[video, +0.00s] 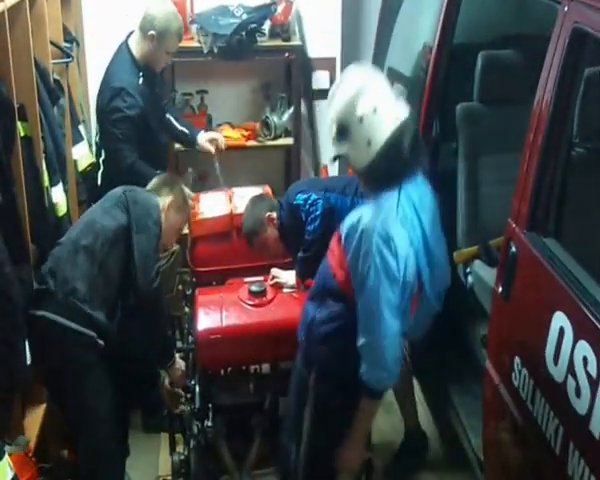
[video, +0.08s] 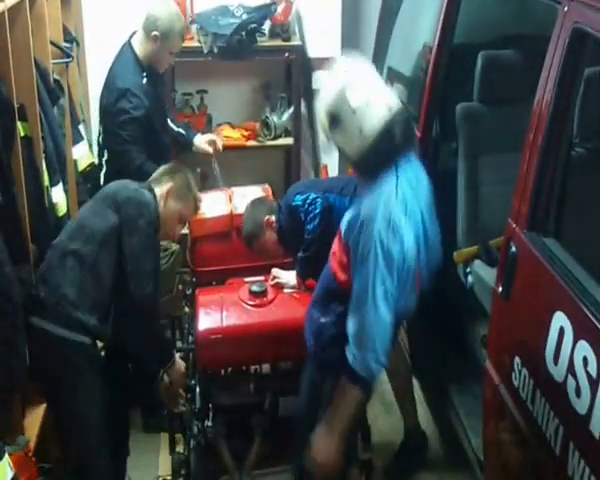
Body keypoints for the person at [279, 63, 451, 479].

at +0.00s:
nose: (339, 153)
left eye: (342, 139)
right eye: (338, 140)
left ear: (361, 139)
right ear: (393, 126)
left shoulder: (376, 229)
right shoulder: (415, 186)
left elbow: (383, 355)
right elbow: (438, 281)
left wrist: (358, 441)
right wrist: (402, 335)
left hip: (337, 362)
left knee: (318, 461)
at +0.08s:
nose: (337, 146)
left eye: (338, 135)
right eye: (336, 135)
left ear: (350, 139)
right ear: (390, 116)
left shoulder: (381, 216)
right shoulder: (407, 169)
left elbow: (370, 343)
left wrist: (334, 428)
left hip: (339, 354)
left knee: (317, 454)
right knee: (337, 441)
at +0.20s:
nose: (319, 113)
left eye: (320, 100)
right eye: (316, 101)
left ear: (337, 102)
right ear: (369, 82)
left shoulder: (382, 188)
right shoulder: (387, 136)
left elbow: (367, 323)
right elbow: (356, 242)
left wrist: (313, 399)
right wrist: (308, 285)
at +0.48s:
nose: (303, 183)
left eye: (308, 171)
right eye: (300, 171)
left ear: (336, 155)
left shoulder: (376, 214)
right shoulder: (337, 206)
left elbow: (362, 364)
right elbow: (305, 282)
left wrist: (293, 434)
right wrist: (255, 338)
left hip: (406, 379)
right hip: (367, 364)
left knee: (392, 468)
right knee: (355, 464)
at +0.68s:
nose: (324, 146)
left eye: (328, 132)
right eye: (316, 135)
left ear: (358, 110)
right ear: (310, 123)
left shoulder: (408, 167)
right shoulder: (336, 175)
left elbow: (432, 303)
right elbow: (332, 275)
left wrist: (418, 424)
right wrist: (315, 347)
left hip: (398, 363)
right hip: (348, 362)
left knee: (387, 466)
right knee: (341, 464)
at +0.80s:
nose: (345, 133)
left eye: (357, 118)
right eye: (335, 121)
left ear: (378, 114)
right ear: (324, 123)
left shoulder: (421, 174)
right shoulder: (340, 179)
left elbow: (459, 303)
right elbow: (343, 276)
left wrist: (461, 428)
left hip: (402, 380)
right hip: (340, 371)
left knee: (384, 470)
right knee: (321, 467)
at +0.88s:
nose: (359, 150)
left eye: (370, 136)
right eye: (348, 138)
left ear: (390, 135)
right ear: (333, 144)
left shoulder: (425, 198)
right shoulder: (342, 195)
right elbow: (343, 279)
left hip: (403, 379)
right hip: (342, 371)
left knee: (388, 468)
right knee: (318, 464)